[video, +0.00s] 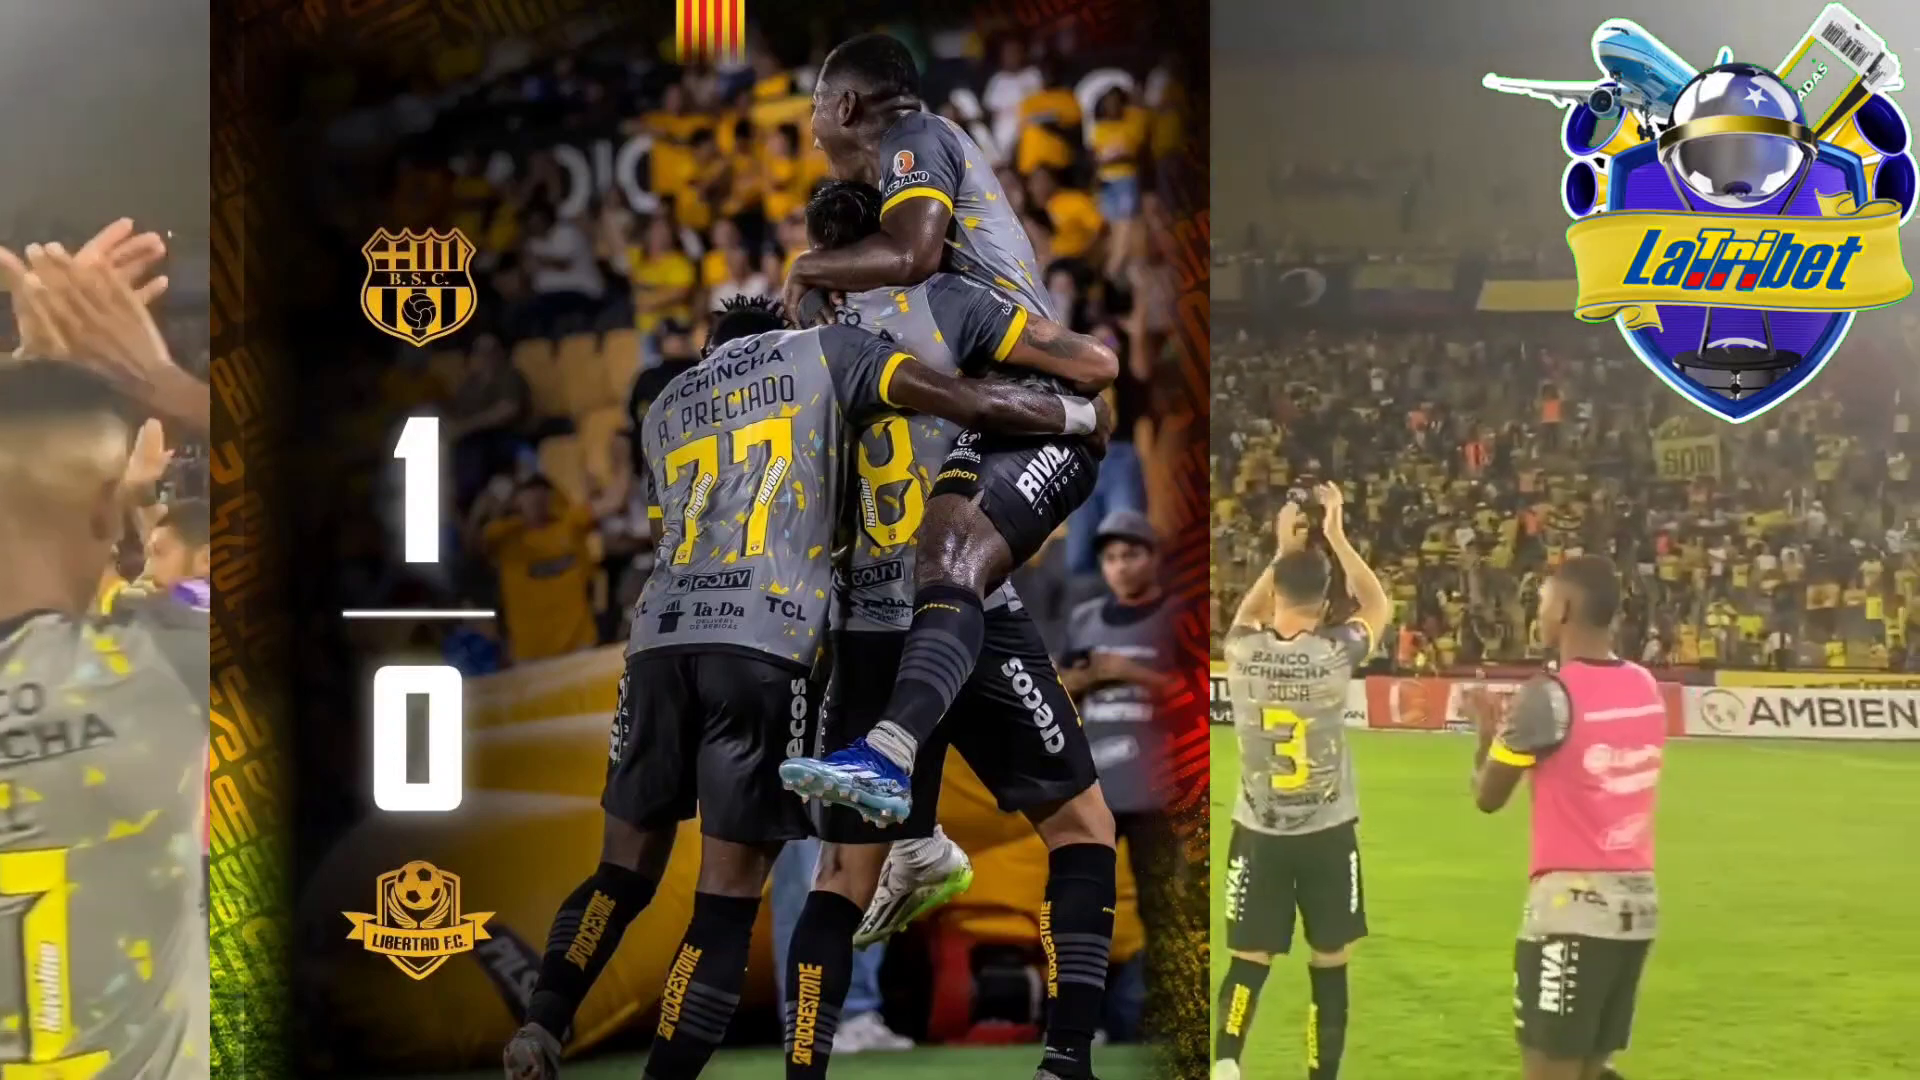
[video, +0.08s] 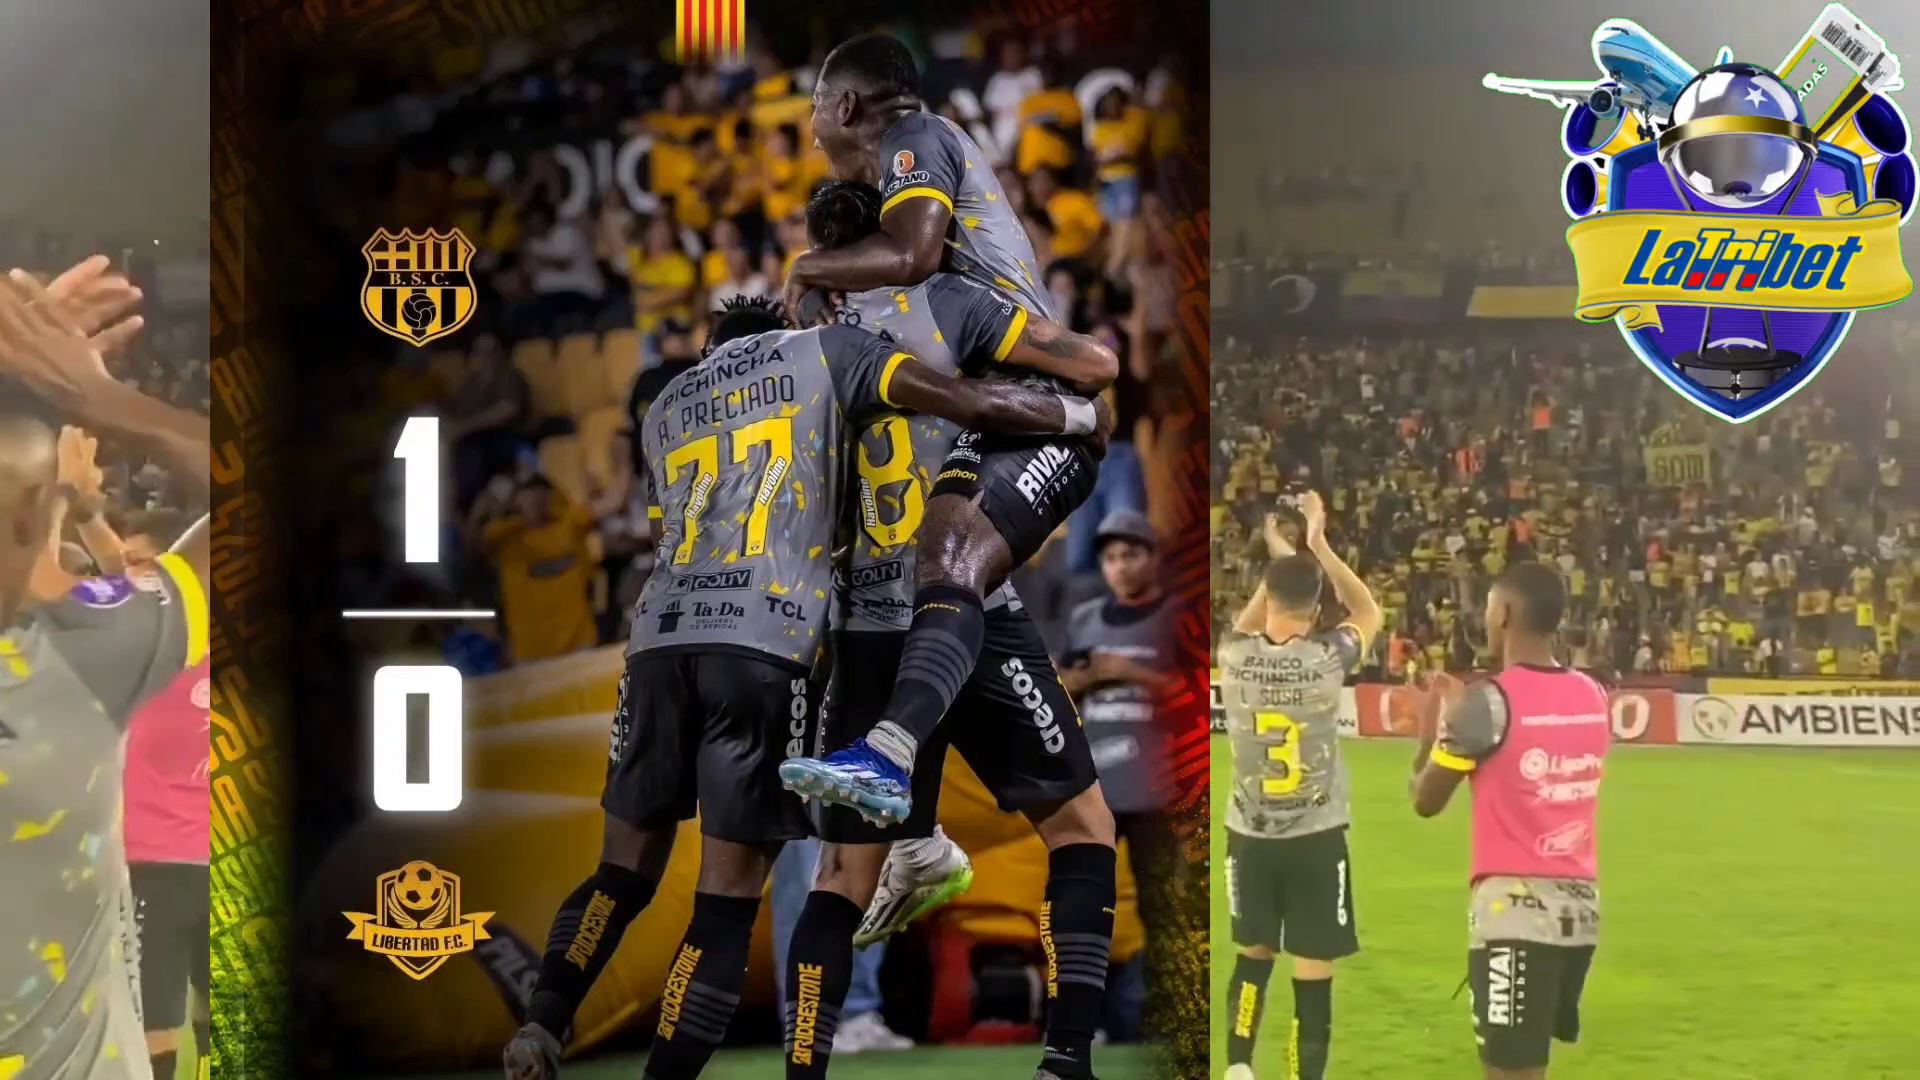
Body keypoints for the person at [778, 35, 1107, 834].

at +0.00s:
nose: (816, 129)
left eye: (821, 109)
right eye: (815, 111)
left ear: (855, 102)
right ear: (880, 104)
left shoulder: (915, 135)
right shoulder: (911, 152)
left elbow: (914, 251)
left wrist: (808, 265)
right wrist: (807, 299)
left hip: (1043, 405)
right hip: (983, 402)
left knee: (954, 557)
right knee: (899, 564)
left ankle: (889, 758)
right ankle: (916, 837)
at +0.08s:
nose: (817, 132)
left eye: (822, 112)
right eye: (816, 114)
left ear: (856, 102)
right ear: (879, 104)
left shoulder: (914, 133)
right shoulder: (908, 151)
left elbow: (914, 251)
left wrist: (808, 265)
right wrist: (808, 299)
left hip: (1043, 404)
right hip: (980, 402)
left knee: (953, 555)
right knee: (894, 565)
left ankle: (889, 757)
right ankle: (915, 837)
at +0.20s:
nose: (815, 126)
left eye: (821, 108)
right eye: (815, 109)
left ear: (856, 102)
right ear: (881, 103)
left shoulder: (914, 135)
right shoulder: (904, 160)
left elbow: (914, 250)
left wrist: (806, 265)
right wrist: (808, 297)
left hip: (1044, 400)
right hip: (981, 398)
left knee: (953, 557)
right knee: (898, 565)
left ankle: (889, 757)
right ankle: (916, 837)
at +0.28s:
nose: (815, 128)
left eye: (821, 109)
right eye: (815, 111)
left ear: (856, 102)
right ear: (879, 104)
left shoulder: (914, 135)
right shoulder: (902, 161)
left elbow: (914, 251)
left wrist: (806, 265)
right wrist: (808, 298)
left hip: (1044, 403)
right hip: (980, 401)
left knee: (952, 557)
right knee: (902, 567)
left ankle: (890, 754)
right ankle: (916, 838)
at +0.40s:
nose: (816, 130)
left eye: (821, 111)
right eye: (815, 113)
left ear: (856, 102)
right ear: (880, 104)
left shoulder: (915, 136)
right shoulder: (905, 160)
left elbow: (915, 251)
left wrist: (807, 265)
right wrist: (806, 299)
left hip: (1044, 402)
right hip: (981, 399)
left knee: (952, 558)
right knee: (900, 570)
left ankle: (890, 757)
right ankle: (916, 837)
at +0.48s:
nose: (817, 132)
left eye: (821, 113)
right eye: (815, 115)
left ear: (855, 102)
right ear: (881, 103)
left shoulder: (915, 136)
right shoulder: (905, 161)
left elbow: (914, 251)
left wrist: (806, 265)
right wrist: (807, 299)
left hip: (1044, 404)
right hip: (978, 402)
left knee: (951, 557)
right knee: (888, 569)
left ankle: (890, 756)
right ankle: (915, 839)